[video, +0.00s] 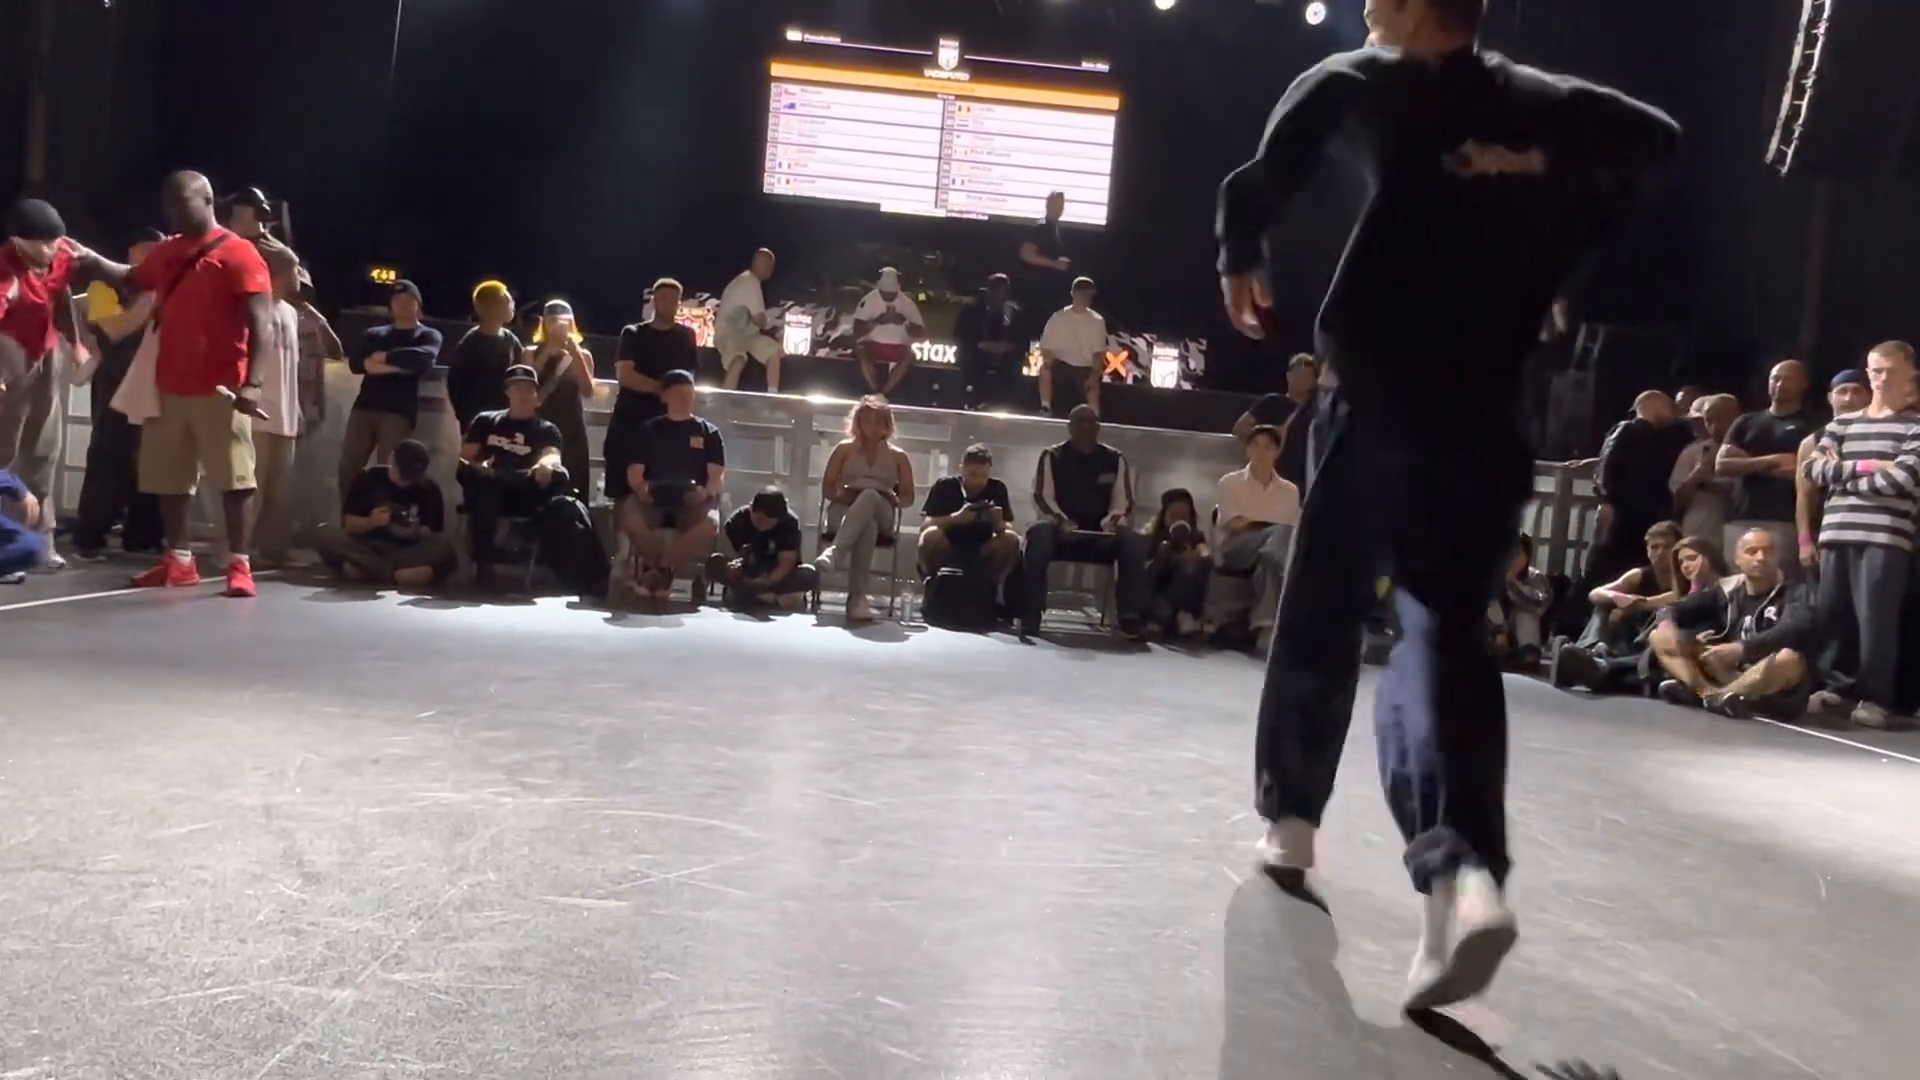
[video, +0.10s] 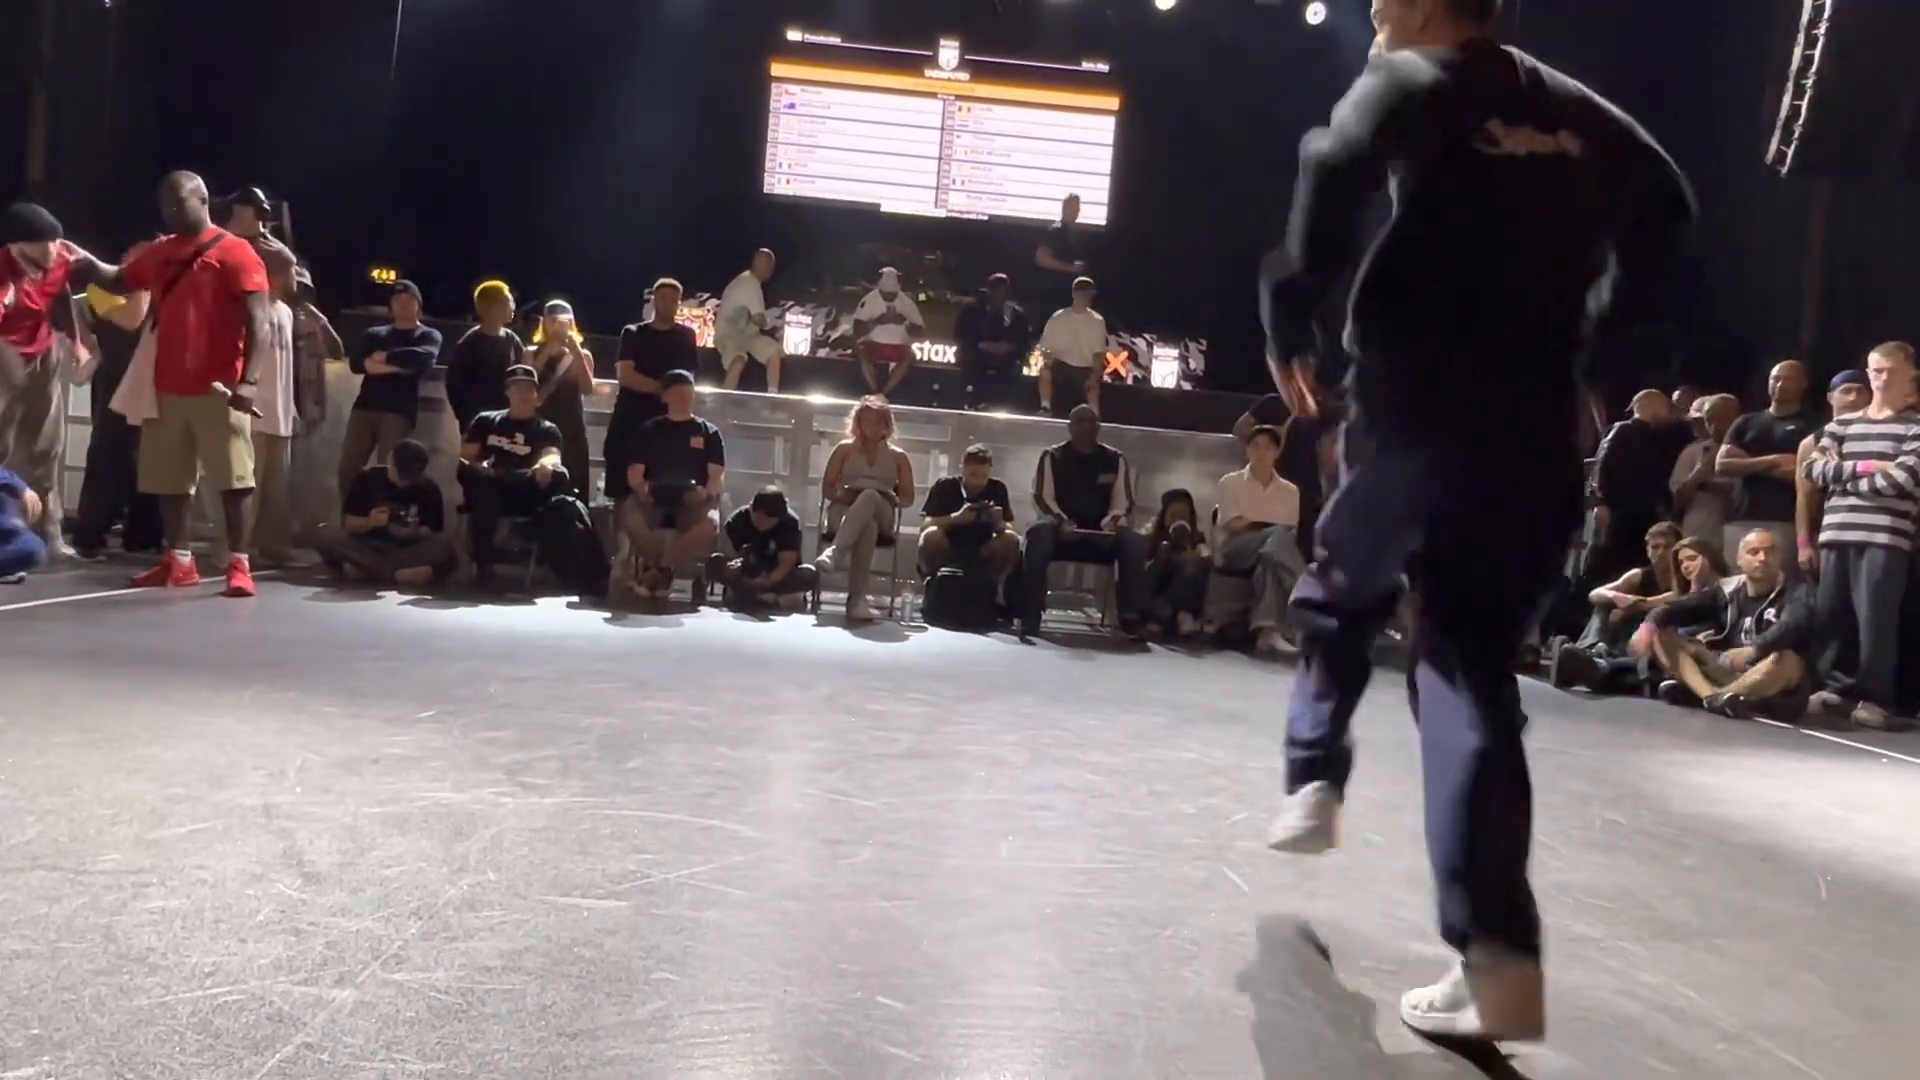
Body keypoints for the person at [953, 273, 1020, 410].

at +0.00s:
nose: (999, 295)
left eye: (1003, 291)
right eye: (995, 290)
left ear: (1007, 293)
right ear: (988, 290)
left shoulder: (1014, 312)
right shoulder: (973, 310)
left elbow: (1021, 342)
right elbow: (962, 338)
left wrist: (1006, 347)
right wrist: (984, 346)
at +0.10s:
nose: (998, 296)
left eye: (1002, 291)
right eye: (995, 291)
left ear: (1007, 293)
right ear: (988, 291)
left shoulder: (1016, 314)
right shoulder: (974, 311)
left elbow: (1024, 344)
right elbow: (964, 341)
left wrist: (1007, 348)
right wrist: (983, 347)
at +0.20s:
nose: (998, 295)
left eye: (1002, 291)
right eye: (994, 290)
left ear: (1007, 293)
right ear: (987, 291)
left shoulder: (1016, 314)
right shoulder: (973, 311)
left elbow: (1024, 346)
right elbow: (962, 338)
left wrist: (1006, 348)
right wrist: (983, 346)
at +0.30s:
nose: (996, 295)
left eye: (1000, 291)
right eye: (992, 290)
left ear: (1006, 293)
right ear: (986, 291)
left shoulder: (1017, 314)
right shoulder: (973, 310)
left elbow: (1023, 345)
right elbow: (961, 336)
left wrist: (1006, 347)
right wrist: (982, 346)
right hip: (978, 369)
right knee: (969, 353)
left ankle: (1007, 401)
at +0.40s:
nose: (995, 295)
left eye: (999, 291)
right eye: (992, 290)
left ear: (1005, 293)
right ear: (985, 291)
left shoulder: (1017, 314)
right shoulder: (973, 311)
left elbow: (1023, 345)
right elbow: (961, 336)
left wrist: (1006, 348)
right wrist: (983, 346)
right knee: (969, 354)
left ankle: (1008, 401)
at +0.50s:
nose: (994, 295)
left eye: (998, 290)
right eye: (990, 290)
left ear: (1004, 292)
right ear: (984, 291)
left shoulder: (1017, 314)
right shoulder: (973, 311)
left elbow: (1024, 345)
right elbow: (962, 338)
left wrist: (1006, 349)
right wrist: (983, 347)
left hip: (1007, 377)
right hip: (978, 374)